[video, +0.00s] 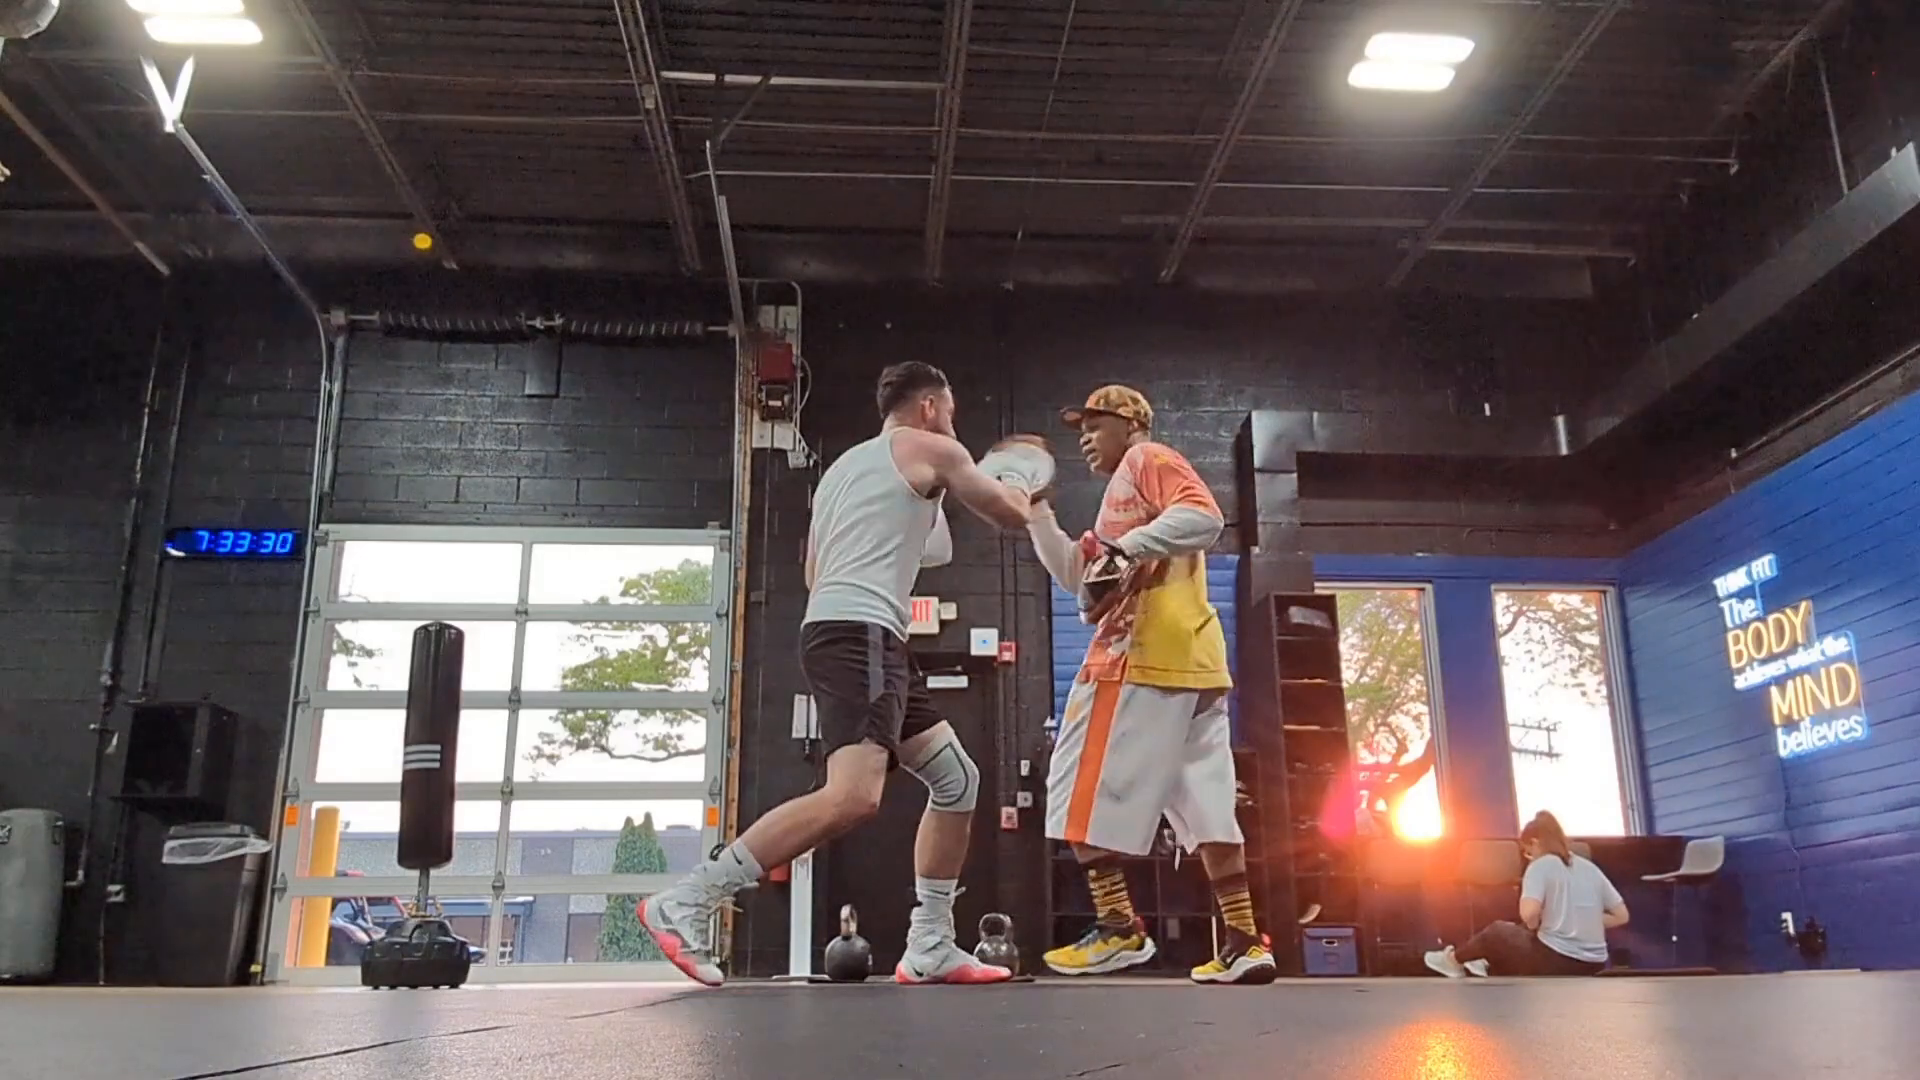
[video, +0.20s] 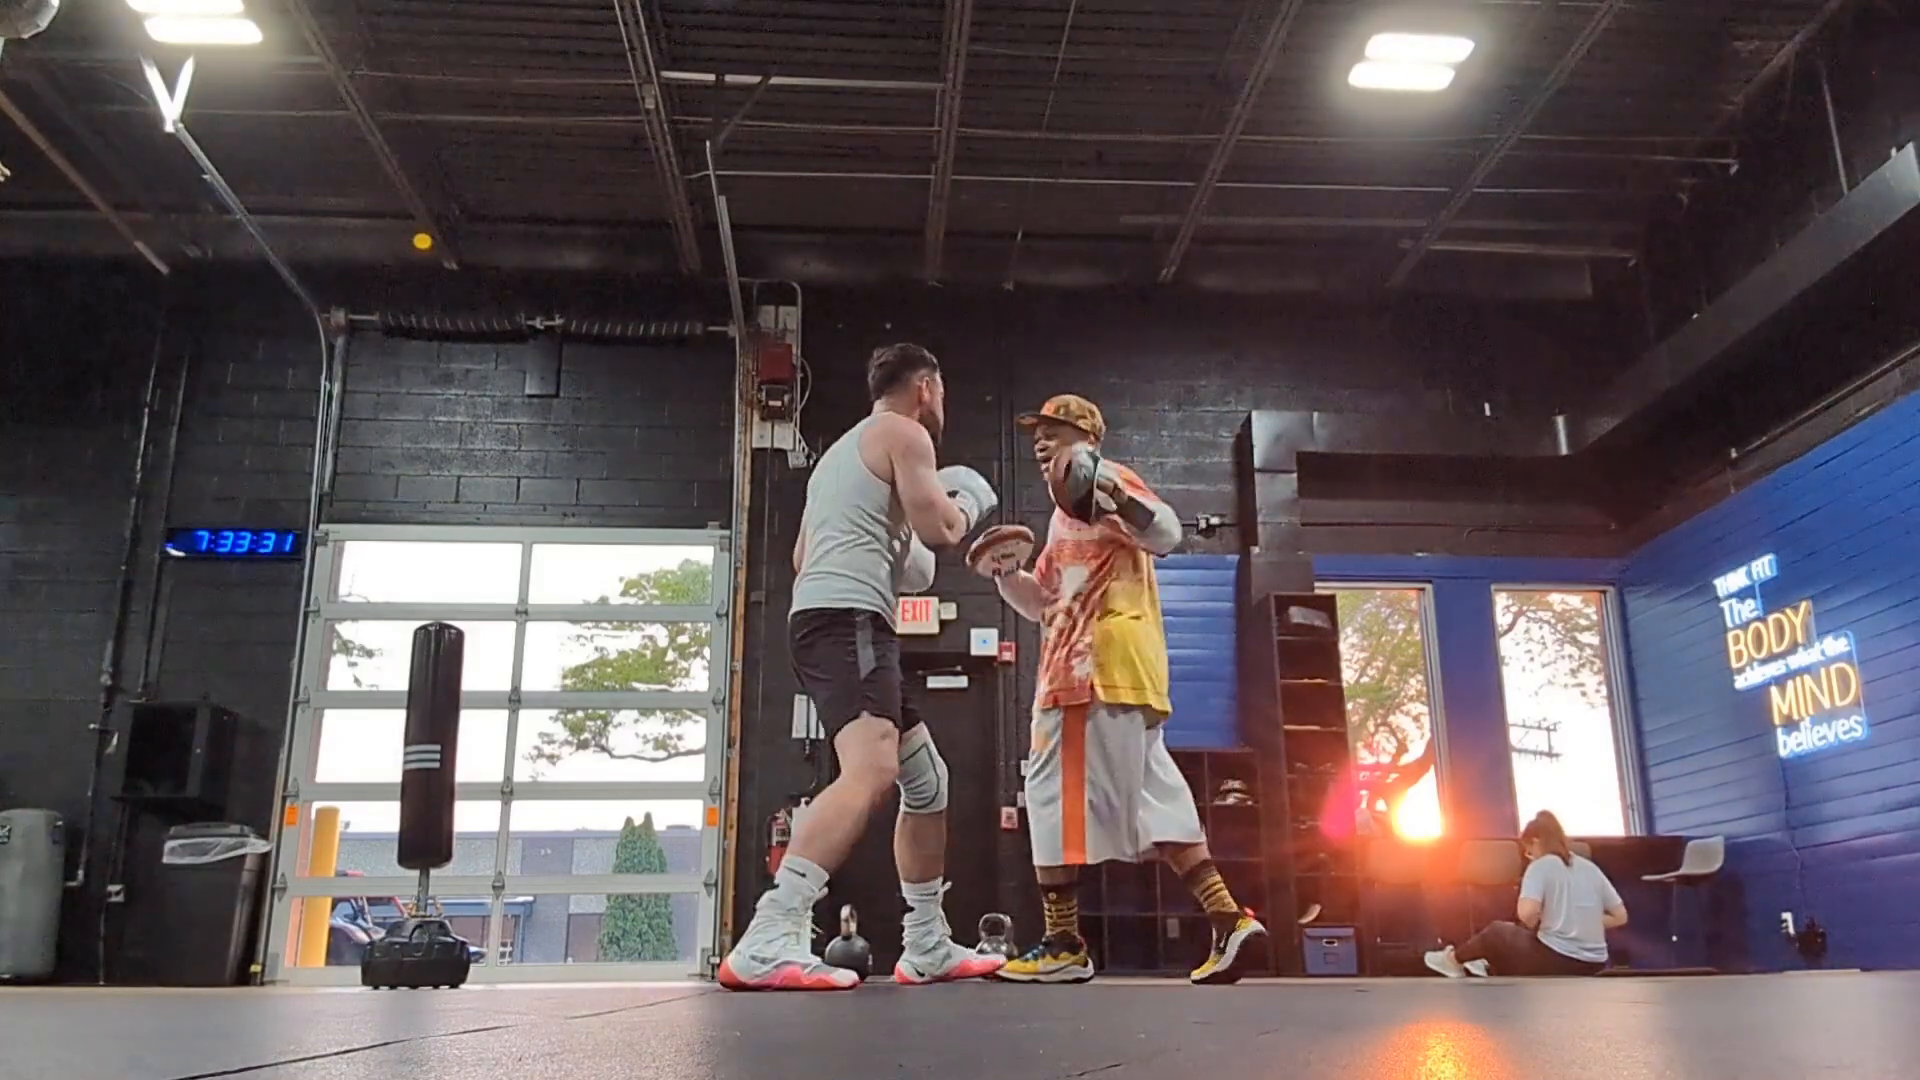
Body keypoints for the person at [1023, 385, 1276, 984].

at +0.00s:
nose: (1083, 438)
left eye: (1093, 426)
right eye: (1082, 430)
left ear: (1129, 424)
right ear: (1115, 433)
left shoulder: (1149, 457)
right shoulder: (1121, 496)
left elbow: (1202, 515)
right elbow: (1076, 572)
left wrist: (1122, 549)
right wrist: (1038, 510)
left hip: (1135, 657)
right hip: (1194, 657)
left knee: (1074, 788)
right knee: (1207, 797)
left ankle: (1119, 930)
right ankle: (1244, 942)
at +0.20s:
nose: (1041, 453)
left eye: (1051, 442)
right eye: (1037, 445)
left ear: (1085, 440)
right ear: (1041, 452)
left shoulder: (1114, 480)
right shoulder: (1066, 514)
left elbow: (1167, 535)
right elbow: (1044, 604)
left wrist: (1106, 492)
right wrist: (1002, 571)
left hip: (1093, 666)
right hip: (1112, 667)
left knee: (1046, 793)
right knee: (1154, 795)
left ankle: (1063, 944)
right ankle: (1228, 920)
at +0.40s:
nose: (994, 453)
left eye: (1004, 442)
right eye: (990, 445)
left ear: (1038, 447)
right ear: (993, 456)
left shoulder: (1058, 488)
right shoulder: (1019, 518)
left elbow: (1081, 546)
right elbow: (1000, 617)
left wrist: (1015, 504)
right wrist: (959, 569)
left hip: (1053, 675)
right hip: (1025, 678)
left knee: (1022, 811)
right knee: (1018, 806)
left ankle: (1060, 948)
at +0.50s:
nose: (972, 460)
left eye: (982, 449)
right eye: (967, 453)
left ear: (1015, 451)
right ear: (967, 465)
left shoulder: (1048, 493)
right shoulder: (980, 528)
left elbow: (1073, 544)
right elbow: (953, 616)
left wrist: (994, 523)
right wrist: (937, 549)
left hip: (1044, 682)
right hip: (993, 685)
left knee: (1011, 807)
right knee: (965, 806)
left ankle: (1057, 942)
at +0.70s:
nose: (951, 483)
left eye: (960, 472)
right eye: (941, 475)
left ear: (982, 481)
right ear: (928, 489)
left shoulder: (1012, 520)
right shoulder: (922, 555)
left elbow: (1021, 578)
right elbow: (914, 628)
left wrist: (950, 619)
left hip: (1029, 680)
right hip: (961, 699)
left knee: (998, 770)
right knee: (924, 810)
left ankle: (1062, 928)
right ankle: (931, 944)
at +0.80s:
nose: (938, 494)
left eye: (948, 479)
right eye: (932, 484)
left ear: (969, 482)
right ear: (923, 496)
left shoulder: (1004, 529)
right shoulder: (936, 569)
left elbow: (1047, 596)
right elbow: (930, 635)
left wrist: (974, 639)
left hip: (1025, 678)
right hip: (968, 694)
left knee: (1018, 773)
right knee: (913, 805)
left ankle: (1111, 923)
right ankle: (935, 939)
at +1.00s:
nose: (988, 466)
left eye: (998, 453)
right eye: (978, 456)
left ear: (1022, 460)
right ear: (969, 469)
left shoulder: (1064, 525)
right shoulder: (957, 543)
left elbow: (1122, 598)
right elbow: (946, 646)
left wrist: (1062, 601)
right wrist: (888, 635)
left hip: (1058, 700)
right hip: (985, 707)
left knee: (1076, 790)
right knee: (953, 821)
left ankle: (1170, 938)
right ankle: (933, 945)